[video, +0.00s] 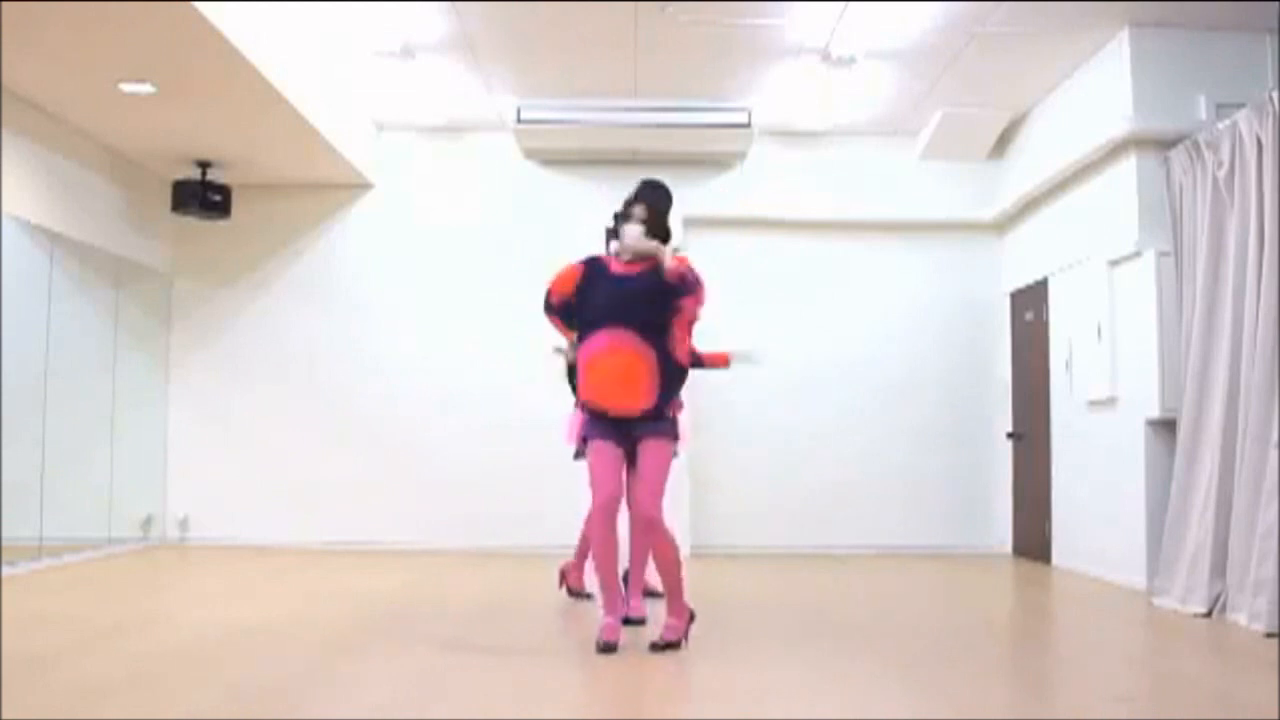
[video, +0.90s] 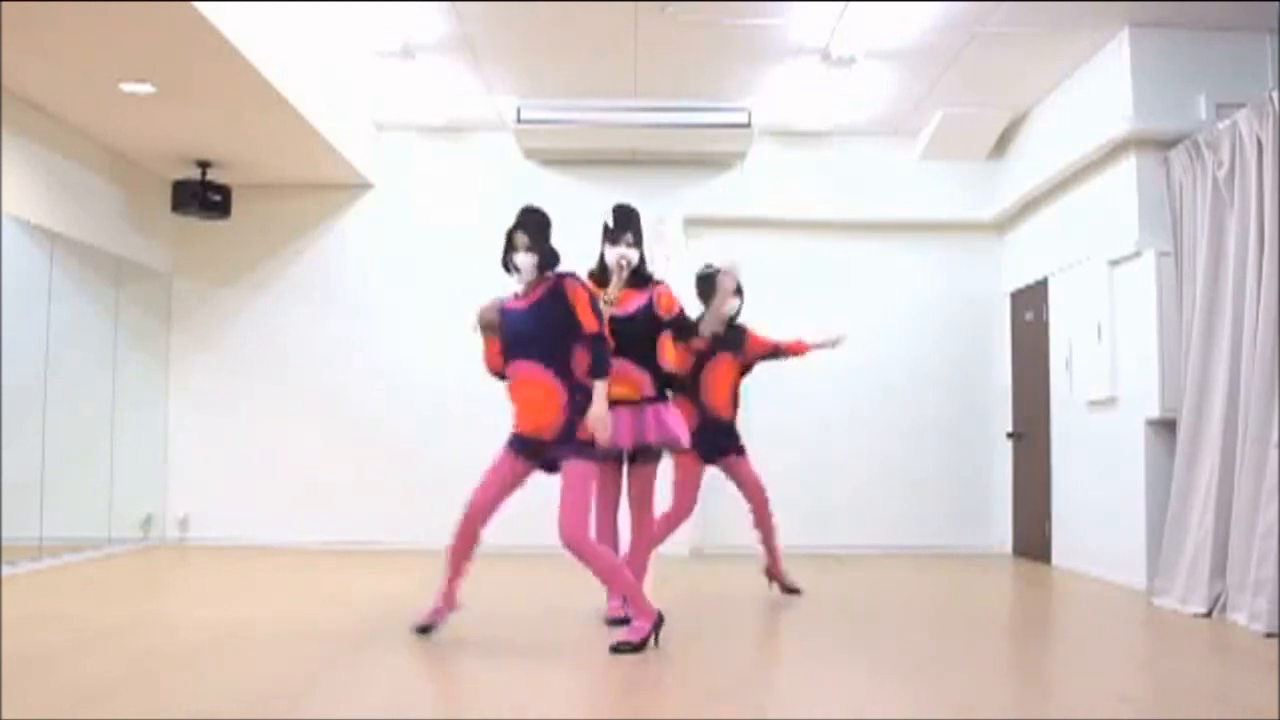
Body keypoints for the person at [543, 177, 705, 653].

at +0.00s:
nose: (637, 229)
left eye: (646, 222)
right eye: (631, 219)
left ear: (662, 229)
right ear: (618, 221)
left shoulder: (675, 278)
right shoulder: (591, 271)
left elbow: (687, 299)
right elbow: (554, 304)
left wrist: (665, 263)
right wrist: (579, 340)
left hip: (657, 406)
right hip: (601, 404)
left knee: (646, 509)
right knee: (605, 501)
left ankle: (677, 608)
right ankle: (612, 610)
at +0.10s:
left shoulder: (659, 292)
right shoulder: (596, 288)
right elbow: (583, 321)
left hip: (649, 412)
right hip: (601, 411)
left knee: (637, 512)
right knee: (603, 514)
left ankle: (677, 609)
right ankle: (612, 609)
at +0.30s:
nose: (573, 257)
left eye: (585, 252)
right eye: (576, 249)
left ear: (601, 265)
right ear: (576, 261)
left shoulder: (610, 303)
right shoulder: (586, 306)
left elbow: (569, 349)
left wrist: (536, 315)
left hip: (651, 425)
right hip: (617, 424)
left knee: (613, 508)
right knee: (609, 515)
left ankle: (637, 614)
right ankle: (614, 617)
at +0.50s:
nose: (545, 280)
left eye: (557, 275)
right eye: (547, 271)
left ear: (576, 284)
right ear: (546, 276)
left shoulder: (590, 323)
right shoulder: (564, 323)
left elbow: (562, 373)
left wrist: (518, 344)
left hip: (647, 431)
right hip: (614, 430)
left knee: (605, 514)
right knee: (606, 519)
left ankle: (643, 613)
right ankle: (614, 614)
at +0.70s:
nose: (537, 265)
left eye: (548, 258)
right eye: (534, 256)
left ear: (565, 264)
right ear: (528, 260)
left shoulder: (583, 305)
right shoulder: (539, 314)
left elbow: (584, 360)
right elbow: (545, 359)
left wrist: (528, 363)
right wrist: (532, 379)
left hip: (632, 424)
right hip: (591, 424)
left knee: (595, 518)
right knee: (570, 512)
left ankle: (646, 614)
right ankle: (598, 614)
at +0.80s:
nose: (534, 263)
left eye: (543, 254)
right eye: (528, 254)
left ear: (559, 256)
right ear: (520, 256)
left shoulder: (579, 296)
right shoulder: (531, 308)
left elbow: (603, 357)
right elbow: (532, 368)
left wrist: (568, 386)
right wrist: (508, 365)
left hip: (608, 430)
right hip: (567, 430)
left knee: (585, 530)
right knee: (520, 503)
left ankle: (647, 615)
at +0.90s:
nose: (521, 258)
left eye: (528, 248)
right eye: (514, 248)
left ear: (545, 251)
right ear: (506, 254)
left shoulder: (568, 288)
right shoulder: (507, 307)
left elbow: (600, 345)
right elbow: (501, 371)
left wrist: (599, 402)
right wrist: (489, 333)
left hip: (577, 430)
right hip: (530, 431)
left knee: (574, 535)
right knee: (475, 512)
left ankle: (645, 613)